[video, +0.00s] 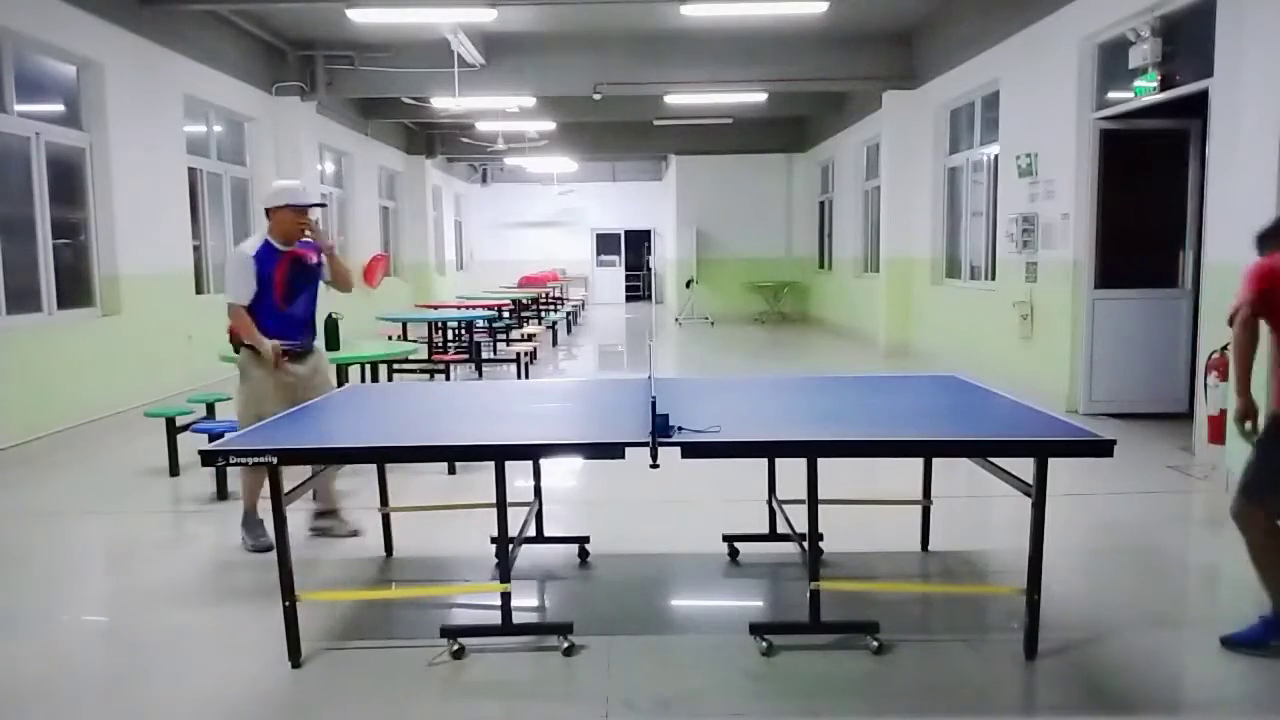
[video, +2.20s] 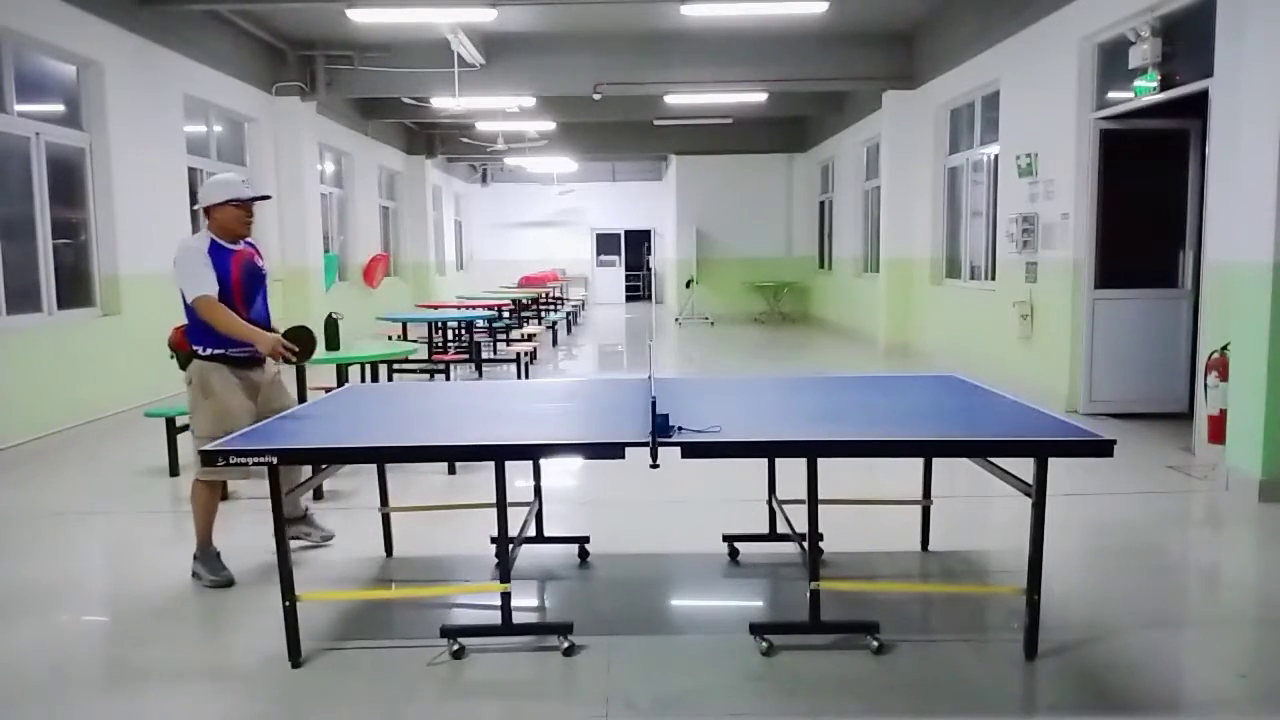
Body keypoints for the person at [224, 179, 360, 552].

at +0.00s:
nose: (306, 219)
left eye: (307, 213)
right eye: (298, 213)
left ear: (308, 216)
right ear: (274, 214)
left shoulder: (311, 251)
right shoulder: (248, 255)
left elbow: (346, 285)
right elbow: (236, 312)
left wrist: (327, 250)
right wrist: (261, 344)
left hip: (308, 359)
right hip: (262, 362)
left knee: (327, 432)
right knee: (257, 441)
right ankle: (251, 519)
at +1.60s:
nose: (271, 228)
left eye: (275, 223)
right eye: (265, 220)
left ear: (273, 225)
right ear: (241, 215)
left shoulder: (271, 254)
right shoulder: (213, 253)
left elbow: (311, 270)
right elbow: (218, 305)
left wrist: (290, 235)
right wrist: (270, 333)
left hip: (260, 374)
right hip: (219, 374)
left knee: (288, 452)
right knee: (221, 466)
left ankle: (296, 530)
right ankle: (205, 553)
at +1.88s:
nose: (244, 212)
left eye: (245, 205)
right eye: (235, 205)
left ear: (238, 209)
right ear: (207, 210)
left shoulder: (244, 249)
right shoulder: (190, 252)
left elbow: (265, 291)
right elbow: (207, 310)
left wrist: (301, 295)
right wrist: (259, 341)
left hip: (251, 367)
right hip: (210, 370)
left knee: (263, 455)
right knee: (211, 464)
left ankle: (274, 535)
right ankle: (204, 553)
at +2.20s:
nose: (250, 214)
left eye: (251, 207)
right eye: (241, 207)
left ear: (244, 210)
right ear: (214, 211)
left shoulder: (250, 249)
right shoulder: (193, 250)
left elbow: (252, 308)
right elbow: (207, 309)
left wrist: (272, 341)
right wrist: (263, 338)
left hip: (259, 367)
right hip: (215, 371)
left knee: (290, 438)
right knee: (212, 462)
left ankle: (293, 518)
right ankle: (205, 551)